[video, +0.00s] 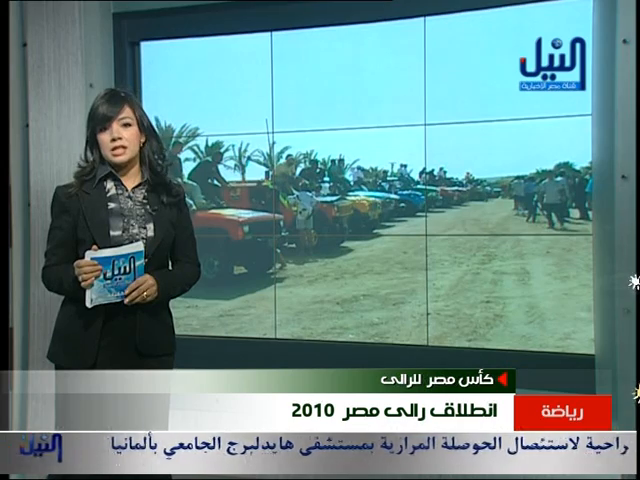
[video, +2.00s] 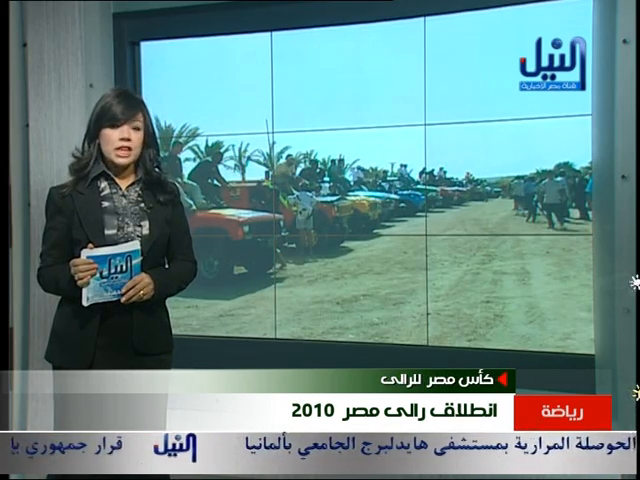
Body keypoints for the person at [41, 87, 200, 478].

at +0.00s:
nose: (115, 134)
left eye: (125, 124)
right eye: (105, 127)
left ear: (143, 134)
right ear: (95, 139)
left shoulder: (170, 196)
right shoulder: (71, 197)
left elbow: (189, 268)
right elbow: (51, 272)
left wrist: (161, 283)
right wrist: (74, 275)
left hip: (148, 347)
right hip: (84, 347)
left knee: (147, 450)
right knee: (81, 452)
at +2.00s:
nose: (125, 135)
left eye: (135, 127)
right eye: (115, 126)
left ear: (146, 138)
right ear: (97, 135)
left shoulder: (165, 195)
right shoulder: (66, 197)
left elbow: (185, 265)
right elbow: (47, 273)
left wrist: (157, 281)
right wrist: (71, 275)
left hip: (146, 347)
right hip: (81, 348)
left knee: (145, 452)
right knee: (77, 451)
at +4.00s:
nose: (123, 140)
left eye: (132, 130)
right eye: (112, 131)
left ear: (146, 137)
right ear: (98, 139)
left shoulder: (169, 196)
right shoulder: (71, 198)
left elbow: (190, 267)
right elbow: (52, 274)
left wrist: (160, 282)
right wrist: (75, 275)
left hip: (150, 348)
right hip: (86, 348)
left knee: (150, 451)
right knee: (84, 452)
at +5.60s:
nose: (128, 142)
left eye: (137, 132)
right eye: (118, 132)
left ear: (149, 139)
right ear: (100, 139)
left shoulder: (168, 196)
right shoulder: (69, 198)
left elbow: (187, 266)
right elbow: (51, 273)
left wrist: (161, 281)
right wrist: (75, 274)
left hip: (149, 349)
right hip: (85, 350)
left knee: (149, 452)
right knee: (82, 452)